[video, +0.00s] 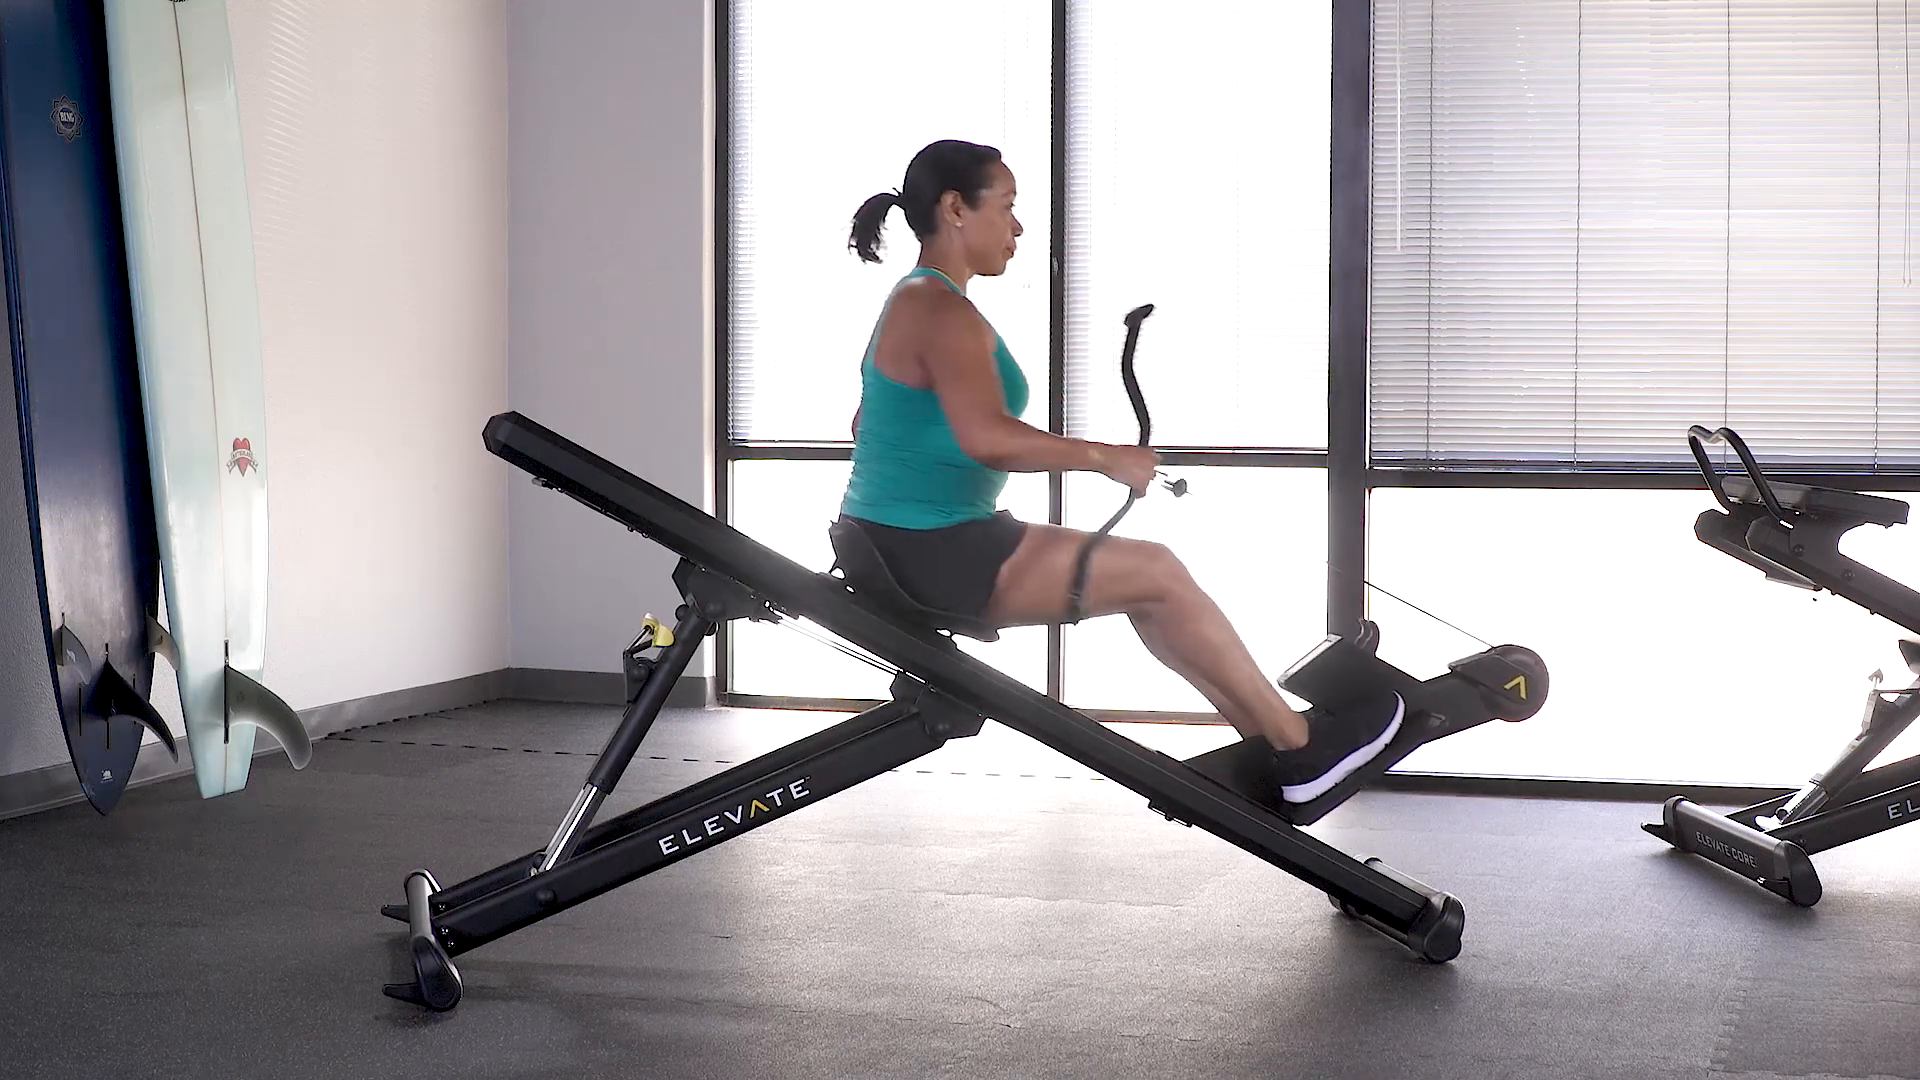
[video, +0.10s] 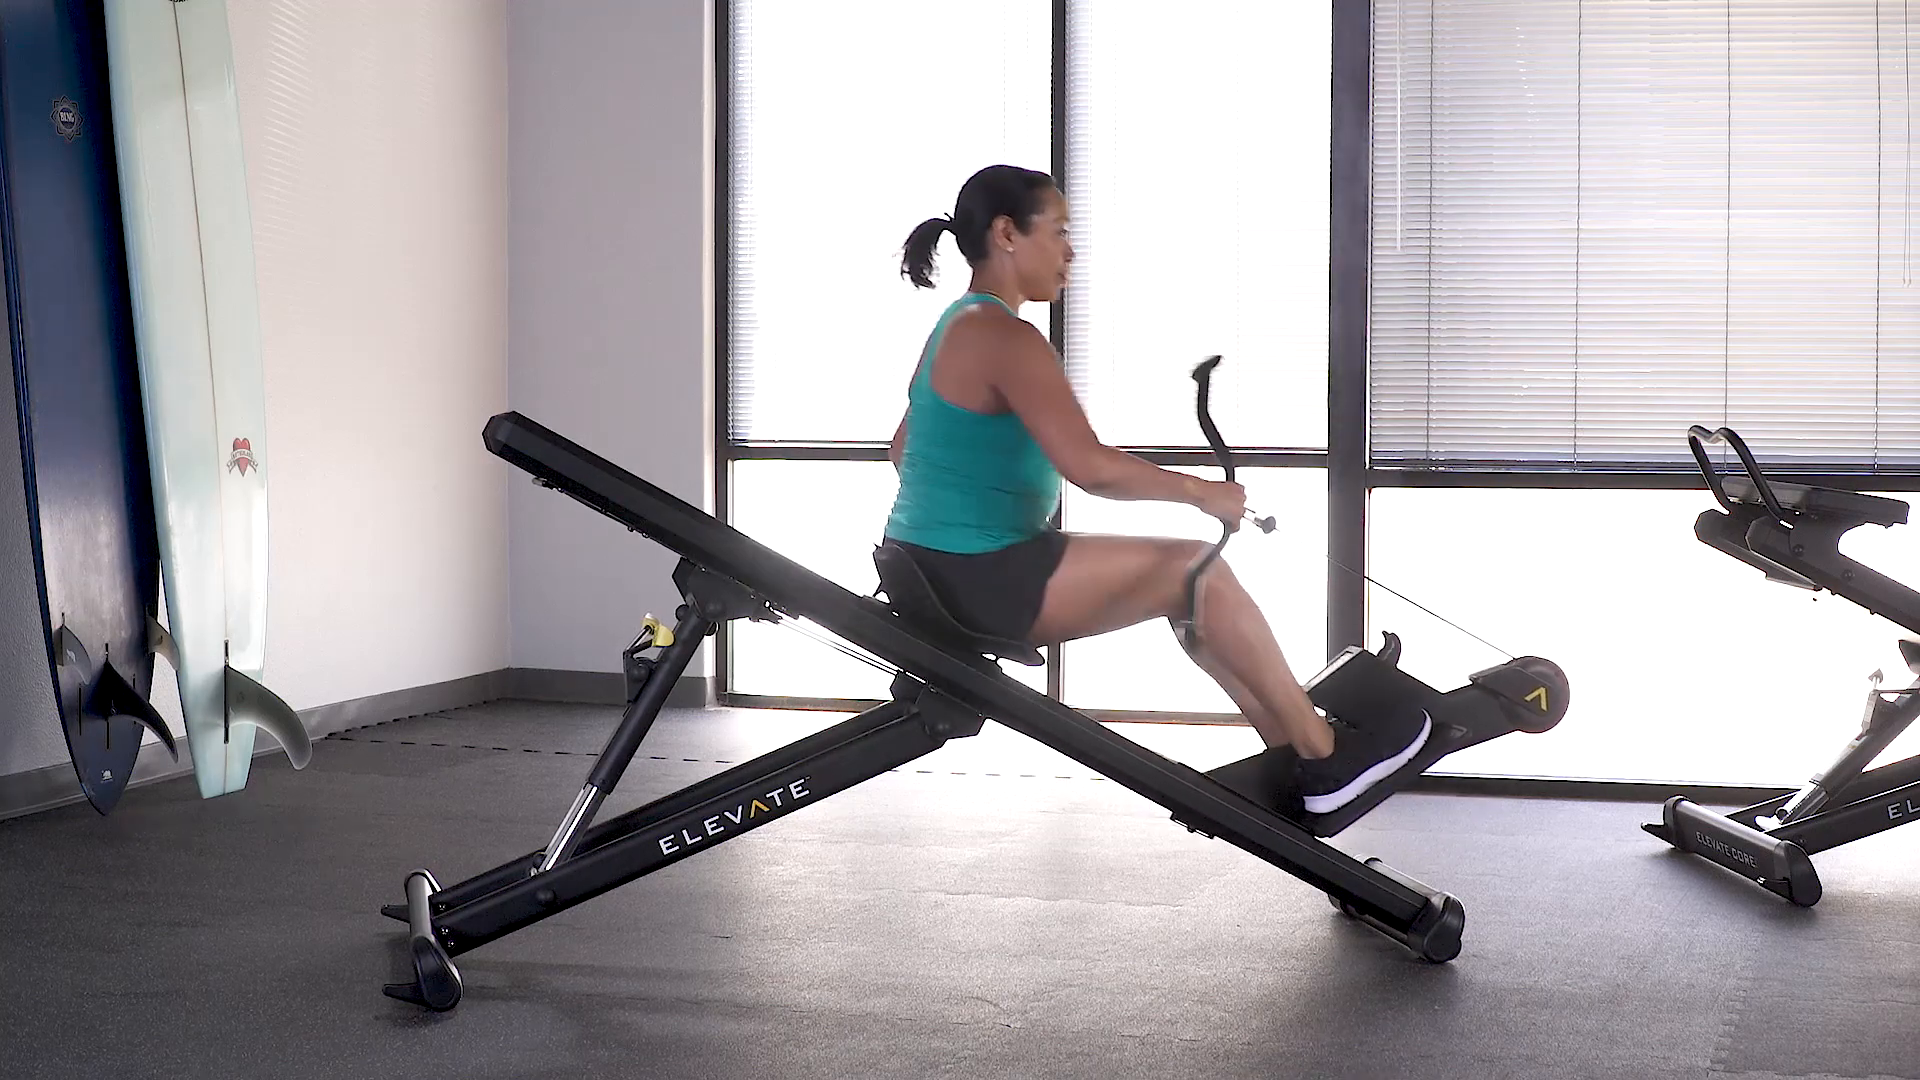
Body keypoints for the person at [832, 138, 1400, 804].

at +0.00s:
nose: (1018, 223)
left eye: (1014, 205)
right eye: (1007, 205)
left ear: (953, 213)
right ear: (954, 210)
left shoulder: (915, 303)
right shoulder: (942, 311)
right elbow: (984, 435)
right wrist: (1102, 458)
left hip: (901, 542)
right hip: (922, 549)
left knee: (1145, 581)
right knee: (1156, 571)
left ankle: (1269, 732)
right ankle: (1297, 744)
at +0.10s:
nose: (1068, 250)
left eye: (1065, 232)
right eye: (1056, 231)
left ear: (1002, 238)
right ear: (1005, 236)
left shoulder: (954, 328)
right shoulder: (1008, 338)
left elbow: (905, 450)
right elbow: (1090, 467)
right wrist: (1200, 491)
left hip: (927, 570)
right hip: (973, 576)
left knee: (1184, 577)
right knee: (1196, 565)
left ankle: (1291, 741)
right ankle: (1323, 754)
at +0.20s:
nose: (1121, 277)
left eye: (1116, 259)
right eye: (1109, 259)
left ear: (1051, 264)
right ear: (1057, 263)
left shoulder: (1002, 351)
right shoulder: (1078, 370)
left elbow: (941, 464)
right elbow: (1180, 493)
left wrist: (999, 533)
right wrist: (1292, 529)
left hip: (965, 589)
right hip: (1022, 603)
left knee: (1224, 575)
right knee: (1246, 572)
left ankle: (1310, 753)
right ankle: (1348, 765)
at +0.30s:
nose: (1167, 299)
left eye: (1163, 281)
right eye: (1156, 281)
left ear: (1097, 288)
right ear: (1104, 286)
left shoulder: (1040, 380)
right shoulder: (1140, 398)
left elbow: (974, 486)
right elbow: (1258, 520)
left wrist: (1028, 562)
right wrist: (1360, 561)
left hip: (997, 612)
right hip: (1071, 625)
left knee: (1252, 571)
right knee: (1281, 578)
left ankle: (1326, 757)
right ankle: (1367, 772)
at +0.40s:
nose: (1206, 319)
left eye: (1202, 302)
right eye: (1195, 302)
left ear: (1139, 310)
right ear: (1144, 307)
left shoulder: (1079, 395)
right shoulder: (1191, 422)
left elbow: (1005, 503)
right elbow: (1313, 531)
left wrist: (1062, 579)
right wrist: (1416, 589)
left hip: (1028, 628)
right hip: (1101, 644)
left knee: (1285, 575)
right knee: (1315, 579)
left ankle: (1343, 763)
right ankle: (1383, 782)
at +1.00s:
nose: (1168, 293)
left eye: (1162, 276)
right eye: (1155, 276)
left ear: (1097, 290)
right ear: (1105, 288)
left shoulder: (1044, 378)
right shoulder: (1157, 400)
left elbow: (980, 485)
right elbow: (1277, 520)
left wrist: (1039, 560)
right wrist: (1378, 576)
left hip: (996, 608)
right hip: (1066, 622)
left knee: (1257, 581)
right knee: (1281, 580)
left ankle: (1335, 762)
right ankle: (1372, 771)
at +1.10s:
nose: (1106, 262)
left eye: (1101, 245)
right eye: (1094, 245)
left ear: (1038, 255)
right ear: (1043, 254)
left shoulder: (989, 345)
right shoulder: (1081, 363)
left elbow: (934, 460)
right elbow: (1188, 488)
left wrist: (995, 529)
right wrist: (1301, 539)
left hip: (950, 586)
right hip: (1015, 595)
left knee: (1217, 588)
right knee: (1235, 581)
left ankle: (1315, 754)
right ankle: (1350, 765)